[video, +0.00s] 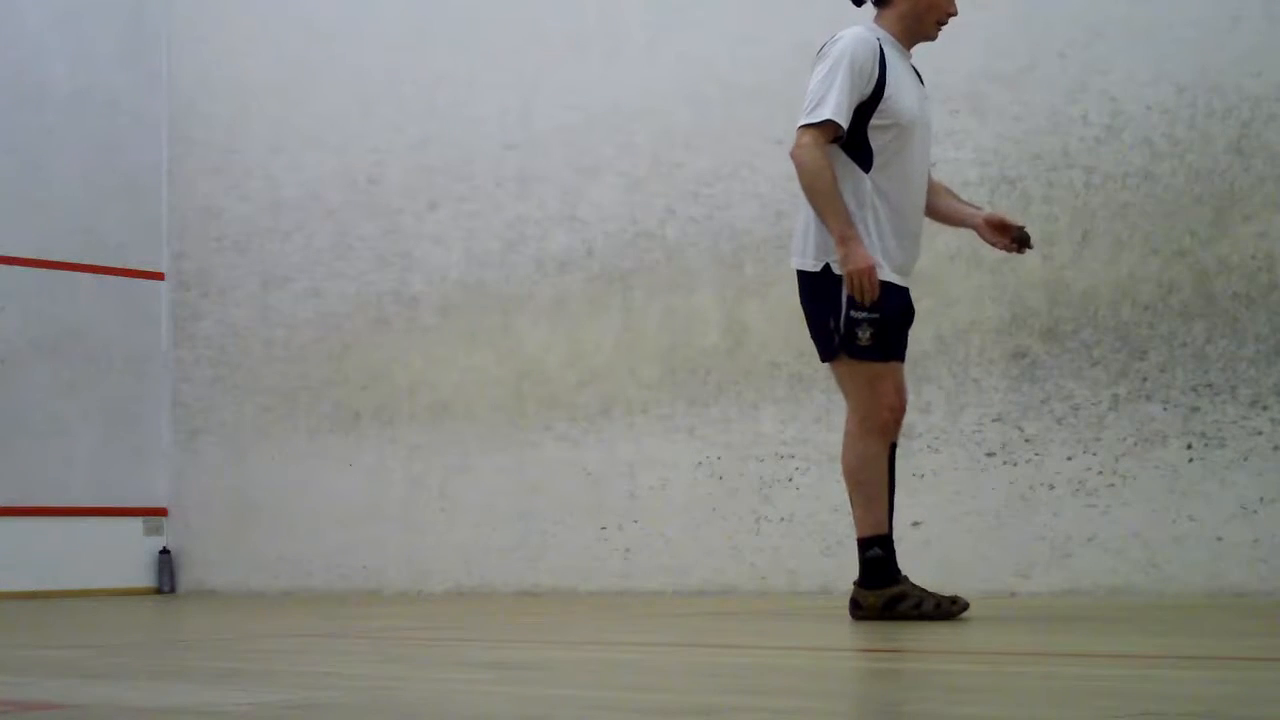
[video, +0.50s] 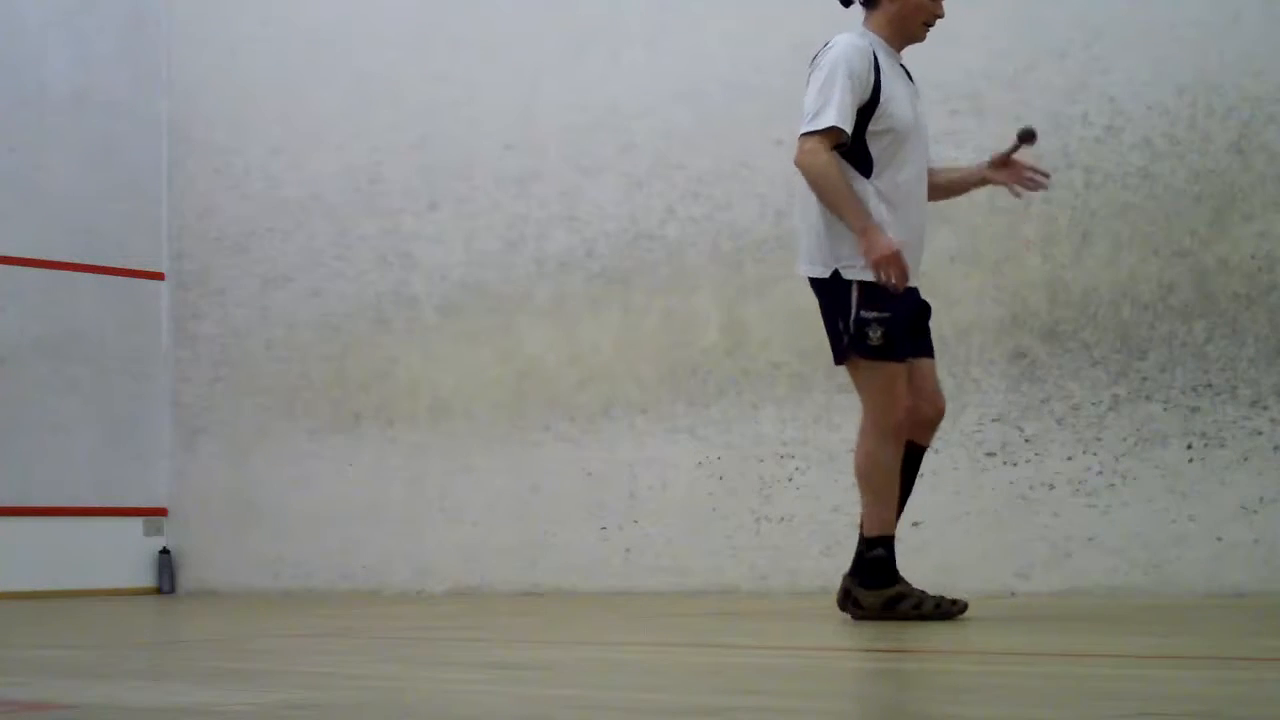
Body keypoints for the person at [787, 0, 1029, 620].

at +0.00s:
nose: (952, 10)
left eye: (952, 2)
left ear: (911, 3)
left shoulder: (907, 70)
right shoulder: (857, 47)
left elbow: (911, 183)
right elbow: (808, 149)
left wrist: (978, 218)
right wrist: (849, 243)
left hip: (882, 268)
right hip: (846, 267)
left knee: (878, 413)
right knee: (878, 410)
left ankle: (879, 579)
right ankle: (877, 581)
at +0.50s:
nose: (941, 11)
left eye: (940, 3)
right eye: (933, 0)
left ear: (899, 4)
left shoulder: (897, 72)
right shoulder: (849, 54)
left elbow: (909, 185)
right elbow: (812, 151)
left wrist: (985, 171)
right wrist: (870, 233)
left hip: (892, 266)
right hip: (852, 267)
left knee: (924, 409)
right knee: (886, 411)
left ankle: (869, 571)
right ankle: (874, 580)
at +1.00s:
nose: (931, 21)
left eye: (934, 11)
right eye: (918, 9)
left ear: (931, 20)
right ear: (878, 12)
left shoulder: (907, 92)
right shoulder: (848, 72)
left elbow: (917, 205)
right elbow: (785, 167)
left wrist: (993, 286)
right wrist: (835, 216)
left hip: (898, 268)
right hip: (874, 262)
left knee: (935, 431)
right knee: (1028, 233)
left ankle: (869, 581)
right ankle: (936, 377)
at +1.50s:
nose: (891, 52)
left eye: (903, 38)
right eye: (877, 40)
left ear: (924, 40)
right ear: (861, 47)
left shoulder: (967, 97)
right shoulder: (863, 140)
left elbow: (1060, 175)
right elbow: (824, 245)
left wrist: (1104, 277)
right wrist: (748, 284)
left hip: (1025, 286)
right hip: (945, 308)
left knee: (1058, 422)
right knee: (916, 423)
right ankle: (1011, 586)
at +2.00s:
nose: (883, 75)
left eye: (887, 62)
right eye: (884, 63)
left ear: (909, 62)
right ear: (926, 59)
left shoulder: (956, 88)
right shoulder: (950, 142)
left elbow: (1059, 87)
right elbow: (934, 232)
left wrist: (1166, 127)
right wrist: (881, 224)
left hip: (1013, 255)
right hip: (1085, 252)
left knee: (961, 401)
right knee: (1024, 420)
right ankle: (1018, 576)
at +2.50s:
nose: (992, 66)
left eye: (995, 55)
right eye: (992, 55)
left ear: (1015, 52)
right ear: (1061, 48)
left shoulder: (1009, 88)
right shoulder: (1119, 90)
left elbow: (970, 166)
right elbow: (1197, 186)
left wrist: (914, 245)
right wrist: (1160, 252)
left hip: (1050, 252)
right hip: (1134, 251)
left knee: (1031, 416)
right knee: (1144, 420)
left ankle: (1017, 581)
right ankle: (1184, 573)